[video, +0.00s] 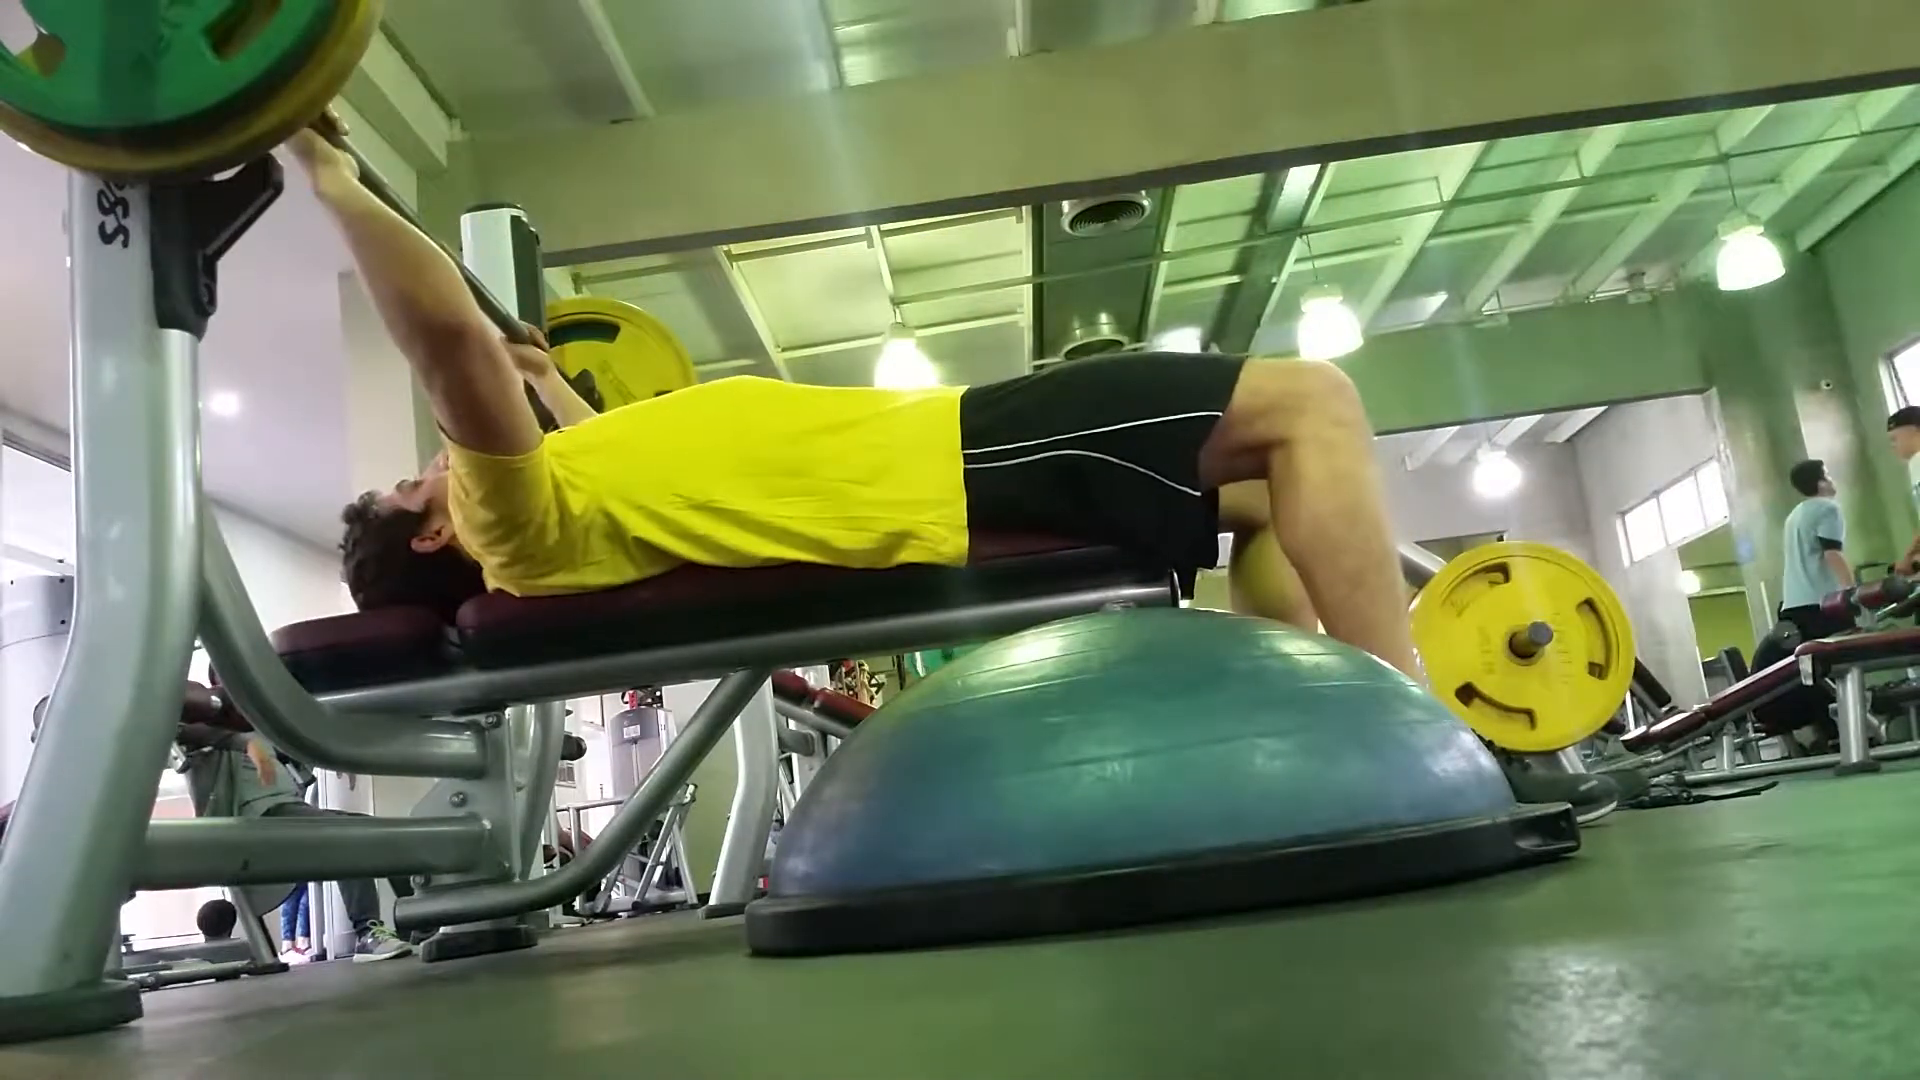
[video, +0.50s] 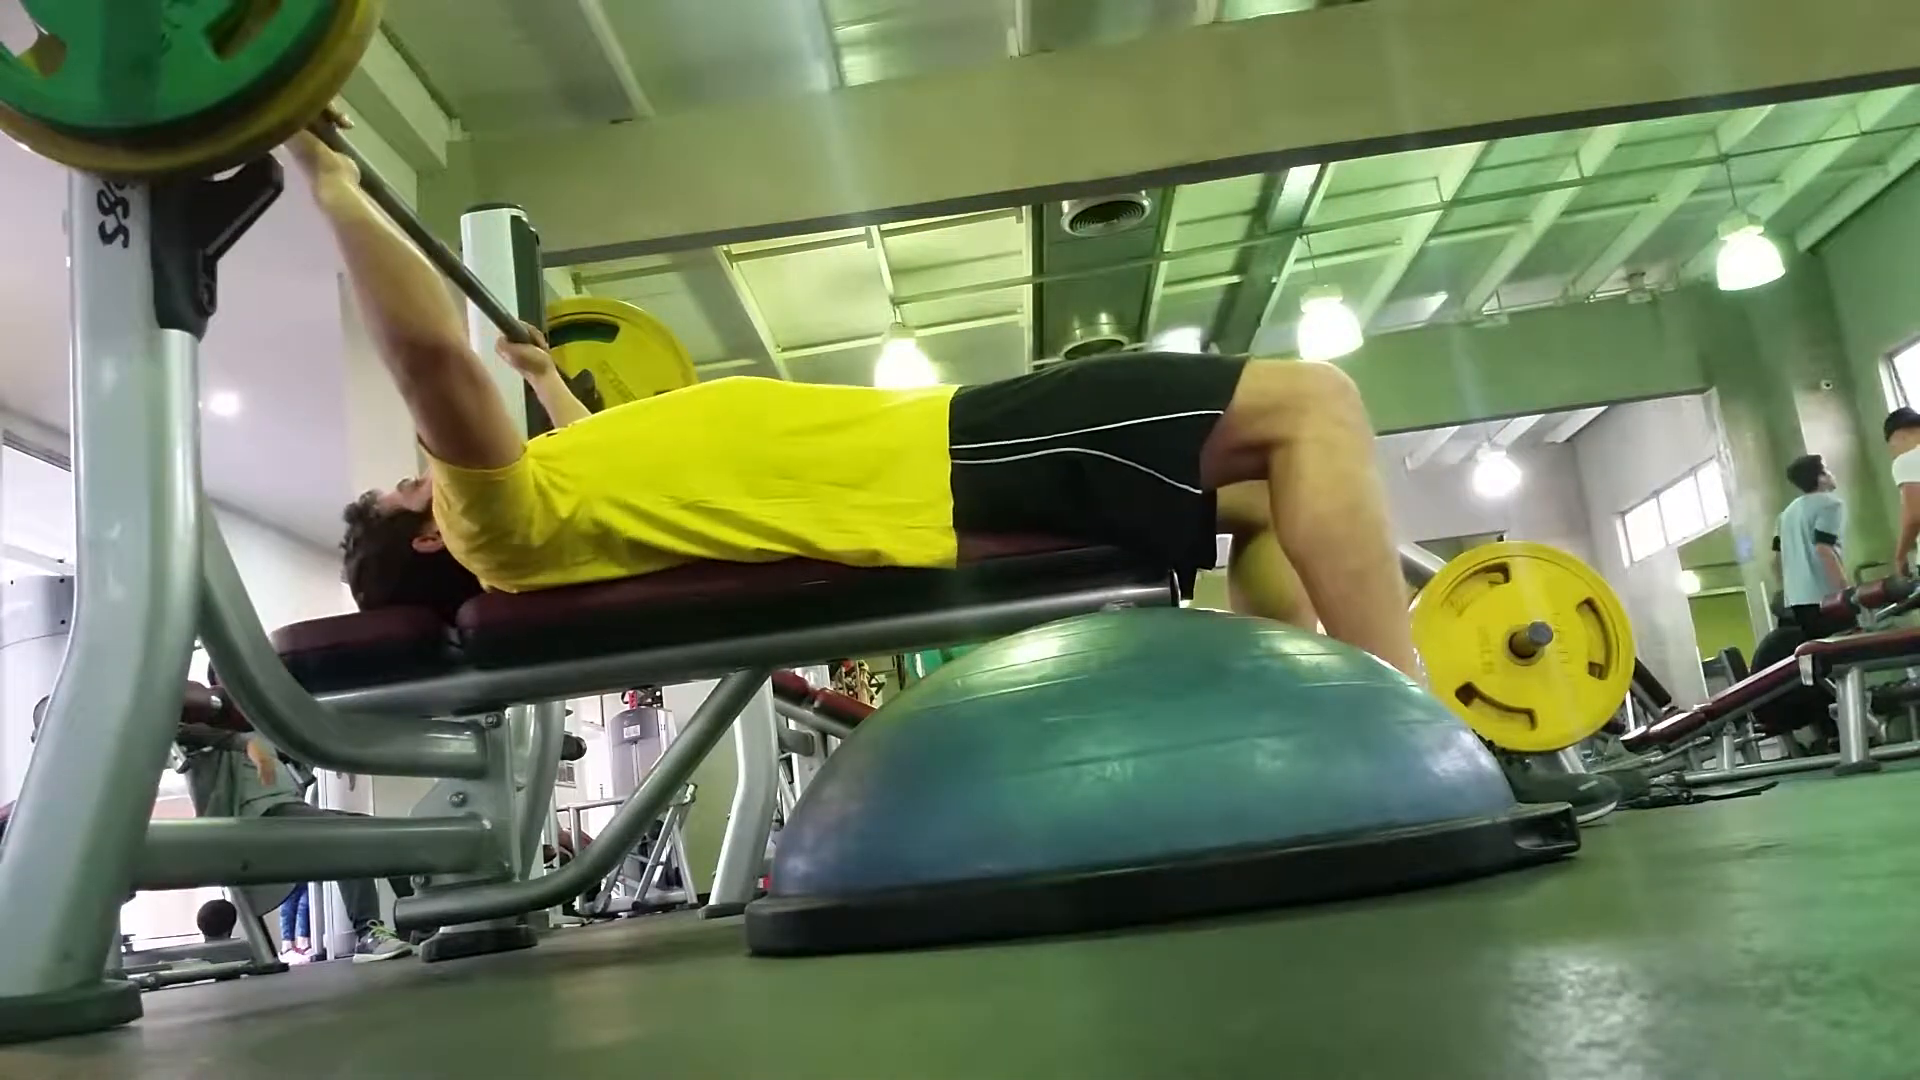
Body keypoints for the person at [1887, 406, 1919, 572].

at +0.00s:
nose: (1893, 447)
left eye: (1895, 438)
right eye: (1891, 440)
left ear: (1915, 431)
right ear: (1914, 431)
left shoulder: (1915, 464)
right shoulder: (1913, 465)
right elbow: (1917, 526)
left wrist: (1909, 557)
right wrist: (1910, 557)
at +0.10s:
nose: (1893, 450)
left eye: (1894, 442)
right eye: (1891, 444)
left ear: (1910, 432)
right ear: (1913, 431)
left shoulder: (1913, 463)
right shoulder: (1913, 464)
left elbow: (1918, 516)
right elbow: (1917, 517)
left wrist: (1908, 552)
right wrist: (1908, 552)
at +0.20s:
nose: (1895, 452)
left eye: (1893, 444)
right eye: (1892, 446)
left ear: (1905, 435)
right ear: (1913, 431)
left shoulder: (1911, 461)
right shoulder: (1911, 463)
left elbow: (1916, 515)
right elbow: (1916, 515)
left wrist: (1907, 553)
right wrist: (1907, 553)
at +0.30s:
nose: (1895, 455)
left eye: (1893, 446)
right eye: (1891, 448)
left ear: (1903, 436)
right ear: (1914, 433)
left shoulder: (1909, 462)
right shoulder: (1909, 463)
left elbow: (1915, 514)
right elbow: (1914, 514)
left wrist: (1906, 556)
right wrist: (1907, 556)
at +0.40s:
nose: (1894, 456)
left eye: (1893, 447)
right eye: (1891, 449)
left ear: (1904, 436)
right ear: (1912, 433)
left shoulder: (1908, 462)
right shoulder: (1908, 463)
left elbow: (1913, 516)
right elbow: (1912, 516)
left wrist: (1903, 556)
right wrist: (1904, 555)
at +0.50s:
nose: (1893, 453)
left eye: (1892, 445)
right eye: (1891, 447)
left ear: (1900, 436)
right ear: (1915, 431)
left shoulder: (1908, 462)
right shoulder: (1908, 462)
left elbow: (1913, 516)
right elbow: (1913, 516)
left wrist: (1901, 555)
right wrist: (1902, 555)